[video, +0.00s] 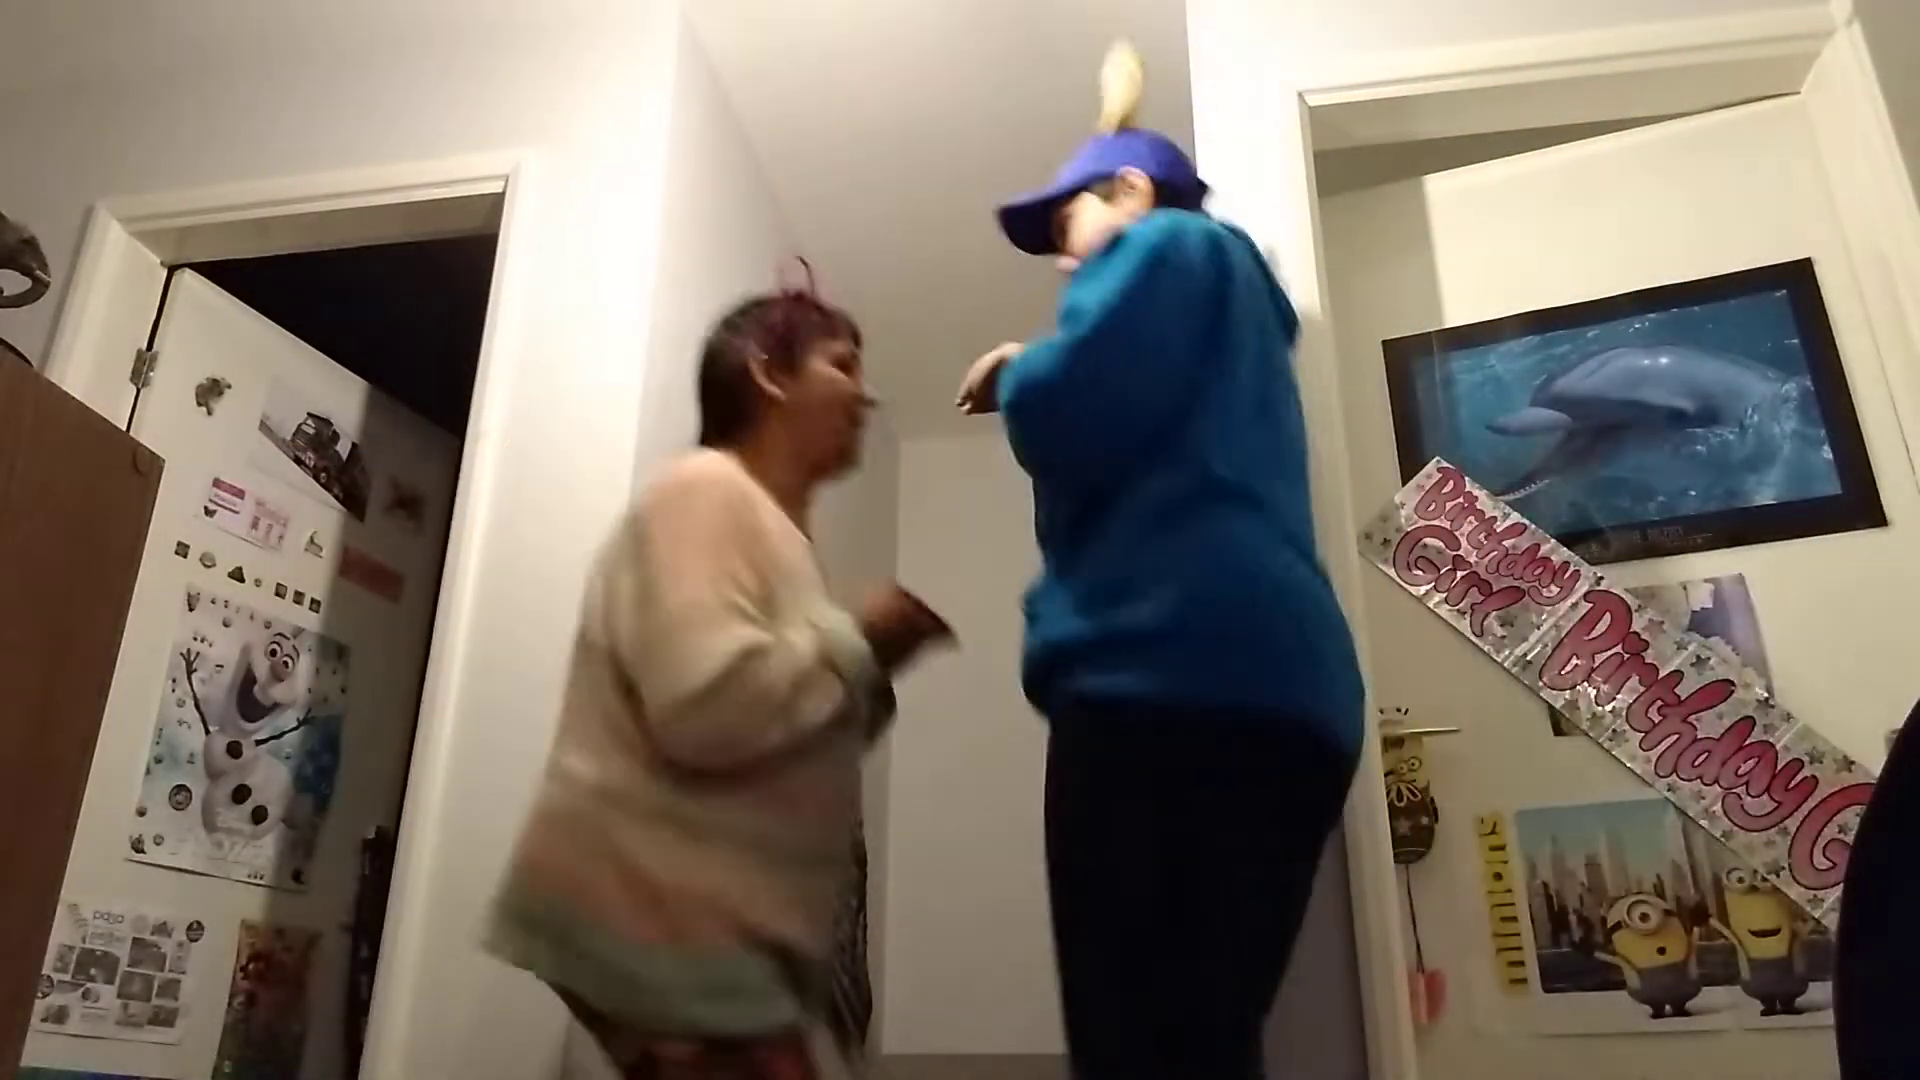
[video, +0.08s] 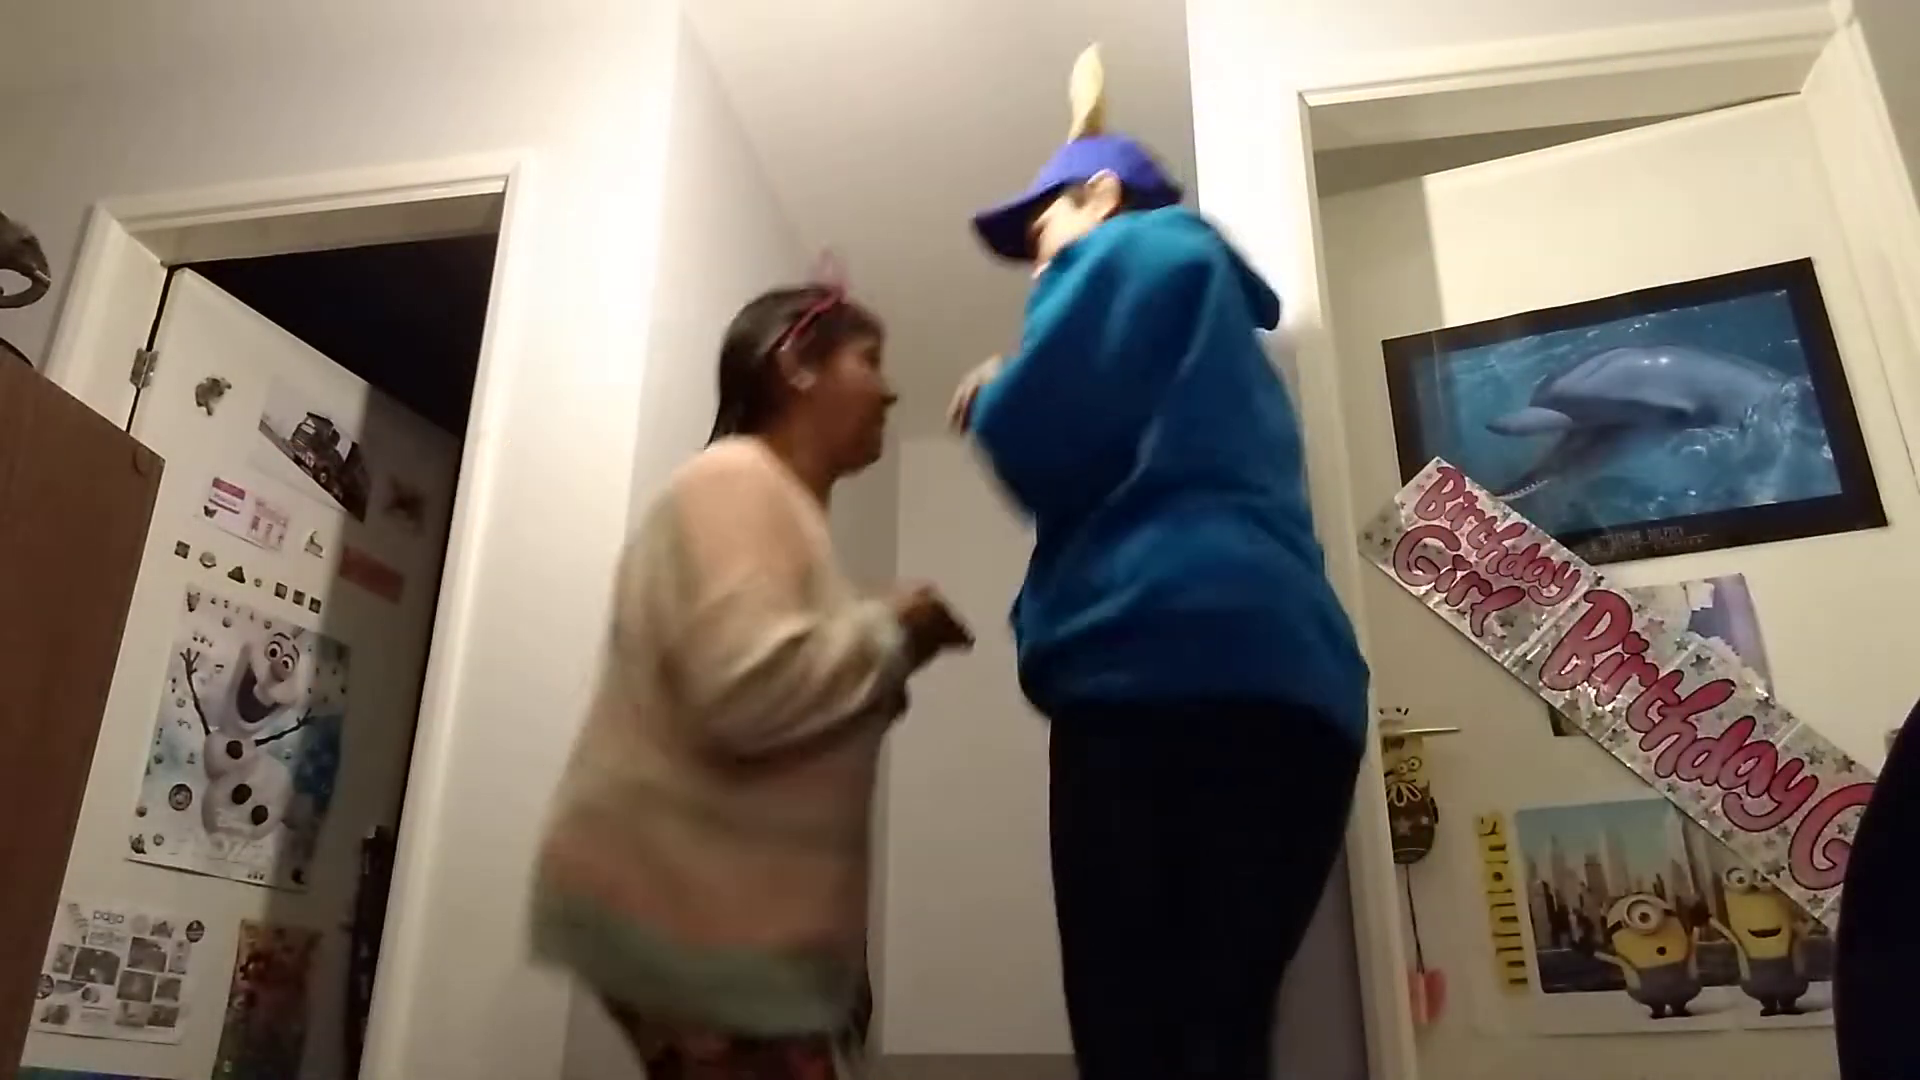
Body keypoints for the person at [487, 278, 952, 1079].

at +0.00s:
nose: (865, 395)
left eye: (859, 372)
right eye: (844, 366)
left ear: (774, 378)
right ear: (770, 374)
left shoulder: (770, 528)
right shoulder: (703, 494)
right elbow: (701, 706)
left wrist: (879, 659)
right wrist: (858, 643)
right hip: (669, 942)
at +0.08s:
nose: (888, 391)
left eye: (882, 366)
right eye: (870, 362)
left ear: (800, 373)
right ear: (798, 368)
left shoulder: (771, 499)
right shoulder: (732, 484)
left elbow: (762, 693)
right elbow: (742, 696)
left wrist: (890, 643)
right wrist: (893, 632)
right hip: (708, 939)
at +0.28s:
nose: (923, 345)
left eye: (917, 321)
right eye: (911, 318)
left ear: (844, 320)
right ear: (855, 316)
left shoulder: (761, 432)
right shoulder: (811, 427)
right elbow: (858, 652)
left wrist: (962, 581)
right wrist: (969, 578)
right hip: (738, 878)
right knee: (781, 1062)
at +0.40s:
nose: (936, 362)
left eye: (933, 337)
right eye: (929, 334)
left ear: (807, 334)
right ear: (883, 322)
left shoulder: (738, 442)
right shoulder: (844, 432)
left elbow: (654, 668)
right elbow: (892, 664)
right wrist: (974, 597)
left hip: (644, 845)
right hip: (752, 867)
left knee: (686, 1063)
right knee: (782, 1061)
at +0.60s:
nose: (921, 381)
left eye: (923, 356)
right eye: (920, 352)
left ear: (794, 339)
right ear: (887, 333)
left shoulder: (707, 445)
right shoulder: (876, 445)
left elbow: (660, 643)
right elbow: (935, 667)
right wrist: (984, 615)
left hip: (631, 826)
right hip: (793, 848)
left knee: (665, 1063)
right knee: (800, 1062)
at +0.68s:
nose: (902, 390)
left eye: (905, 365)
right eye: (903, 362)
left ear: (779, 346)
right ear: (874, 344)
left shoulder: (679, 454)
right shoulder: (883, 456)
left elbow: (620, 650)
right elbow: (941, 673)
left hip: (632, 831)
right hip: (808, 849)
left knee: (655, 1063)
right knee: (810, 1061)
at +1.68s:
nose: (822, 445)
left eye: (818, 435)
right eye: (821, 435)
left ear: (698, 440)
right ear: (811, 439)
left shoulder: (637, 505)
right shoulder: (867, 512)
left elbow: (551, 712)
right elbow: (925, 662)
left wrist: (651, 760)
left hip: (664, 837)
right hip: (858, 839)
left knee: (655, 1063)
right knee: (833, 1064)